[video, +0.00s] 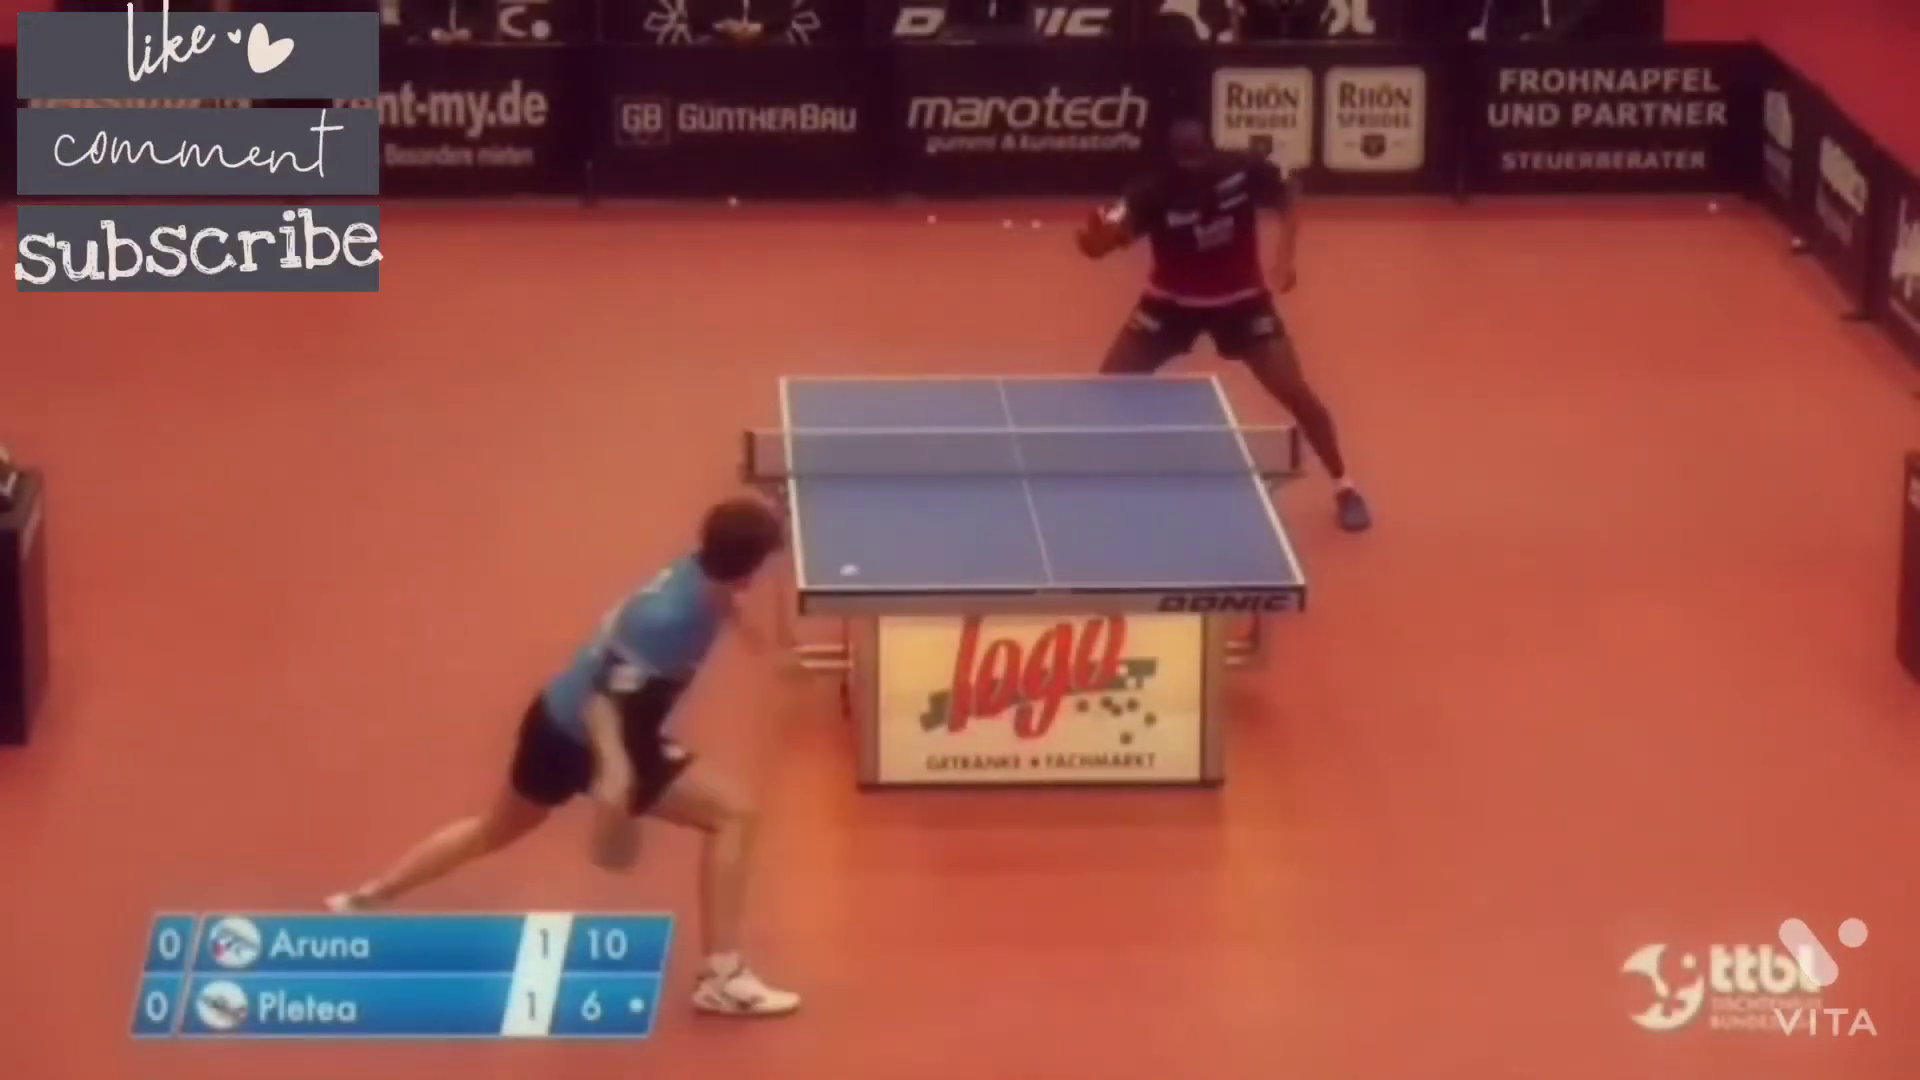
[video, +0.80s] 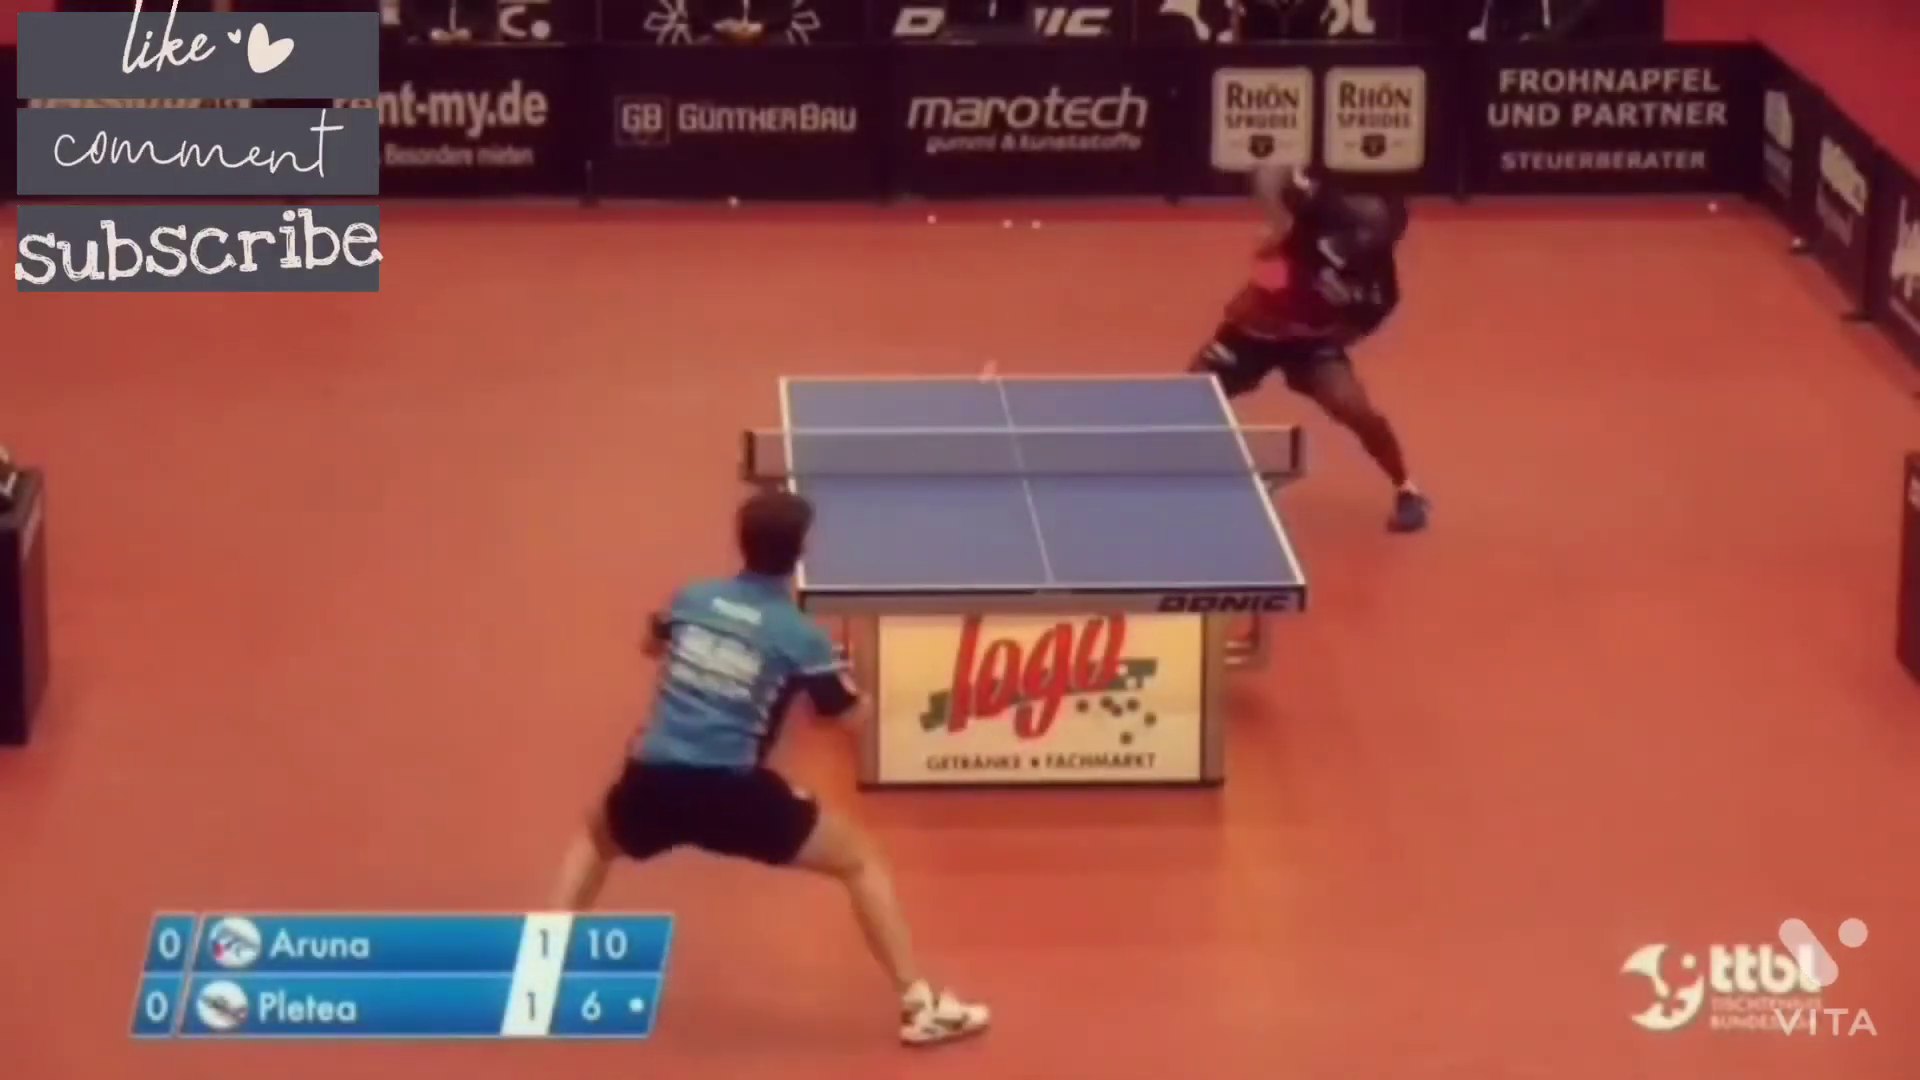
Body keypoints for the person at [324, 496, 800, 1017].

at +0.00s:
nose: (769, 568)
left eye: (770, 557)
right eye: (767, 559)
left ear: (710, 543)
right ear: (749, 569)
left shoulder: (697, 578)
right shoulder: (668, 617)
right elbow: (604, 704)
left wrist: (761, 645)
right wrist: (617, 780)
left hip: (561, 722)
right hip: (597, 740)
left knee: (495, 828)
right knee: (734, 816)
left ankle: (364, 898)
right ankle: (723, 973)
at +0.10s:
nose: (691, 561)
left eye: (691, 549)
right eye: (688, 551)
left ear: (642, 535)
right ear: (666, 553)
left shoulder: (615, 561)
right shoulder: (612, 595)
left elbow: (572, 567)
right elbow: (574, 680)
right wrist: (603, 722)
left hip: (531, 736)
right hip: (569, 748)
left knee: (468, 840)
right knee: (723, 814)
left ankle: (338, 905)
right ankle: (718, 974)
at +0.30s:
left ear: (464, 523)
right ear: (523, 508)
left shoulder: (461, 598)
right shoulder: (566, 549)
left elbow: (378, 640)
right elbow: (594, 476)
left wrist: (371, 560)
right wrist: (518, 452)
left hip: (513, 779)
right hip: (595, 769)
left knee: (425, 827)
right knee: (705, 845)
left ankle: (349, 927)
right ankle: (690, 935)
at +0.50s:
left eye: (498, 528)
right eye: (539, 518)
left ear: (494, 537)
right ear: (551, 525)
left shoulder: (481, 611)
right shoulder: (594, 588)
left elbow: (471, 698)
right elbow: (682, 592)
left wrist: (460, 784)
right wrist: (653, 509)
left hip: (515, 795)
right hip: (592, 788)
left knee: (426, 832)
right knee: (700, 869)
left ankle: (342, 928)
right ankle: (704, 975)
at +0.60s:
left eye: (607, 490)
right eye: (646, 489)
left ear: (592, 502)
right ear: (652, 501)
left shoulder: (561, 570)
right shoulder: (681, 578)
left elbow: (498, 631)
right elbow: (753, 647)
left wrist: (483, 702)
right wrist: (764, 584)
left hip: (558, 763)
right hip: (646, 763)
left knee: (466, 836)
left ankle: (372, 935)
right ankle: (790, 971)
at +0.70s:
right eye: (717, 496)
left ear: (661, 506)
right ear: (721, 508)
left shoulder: (625, 567)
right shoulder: (738, 592)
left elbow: (550, 610)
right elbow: (779, 672)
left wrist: (561, 665)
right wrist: (800, 659)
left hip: (594, 756)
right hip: (674, 766)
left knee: (527, 799)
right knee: (796, 862)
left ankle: (486, 927)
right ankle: (889, 992)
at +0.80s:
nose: (802, 545)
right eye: (802, 538)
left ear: (742, 541)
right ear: (799, 552)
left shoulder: (698, 598)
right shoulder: (800, 634)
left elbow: (653, 642)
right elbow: (839, 710)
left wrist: (714, 640)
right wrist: (854, 678)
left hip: (653, 785)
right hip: (734, 793)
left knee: (595, 843)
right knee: (860, 862)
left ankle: (542, 955)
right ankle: (918, 1002)